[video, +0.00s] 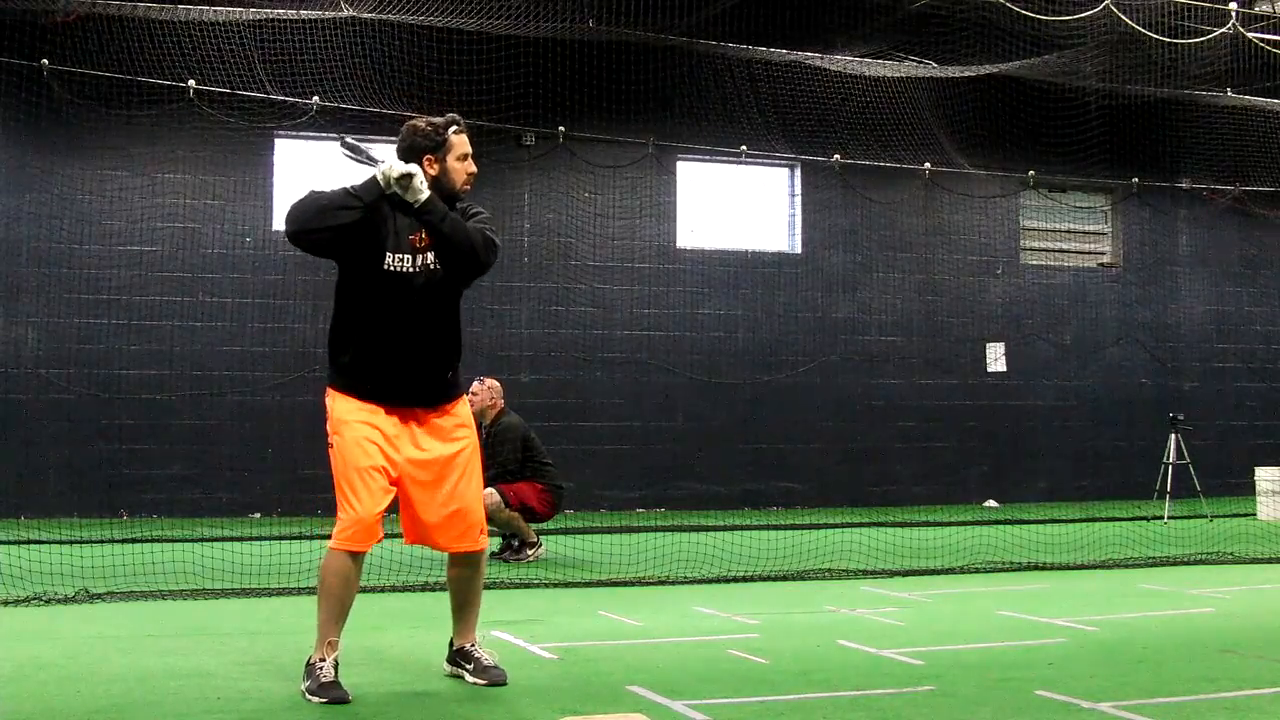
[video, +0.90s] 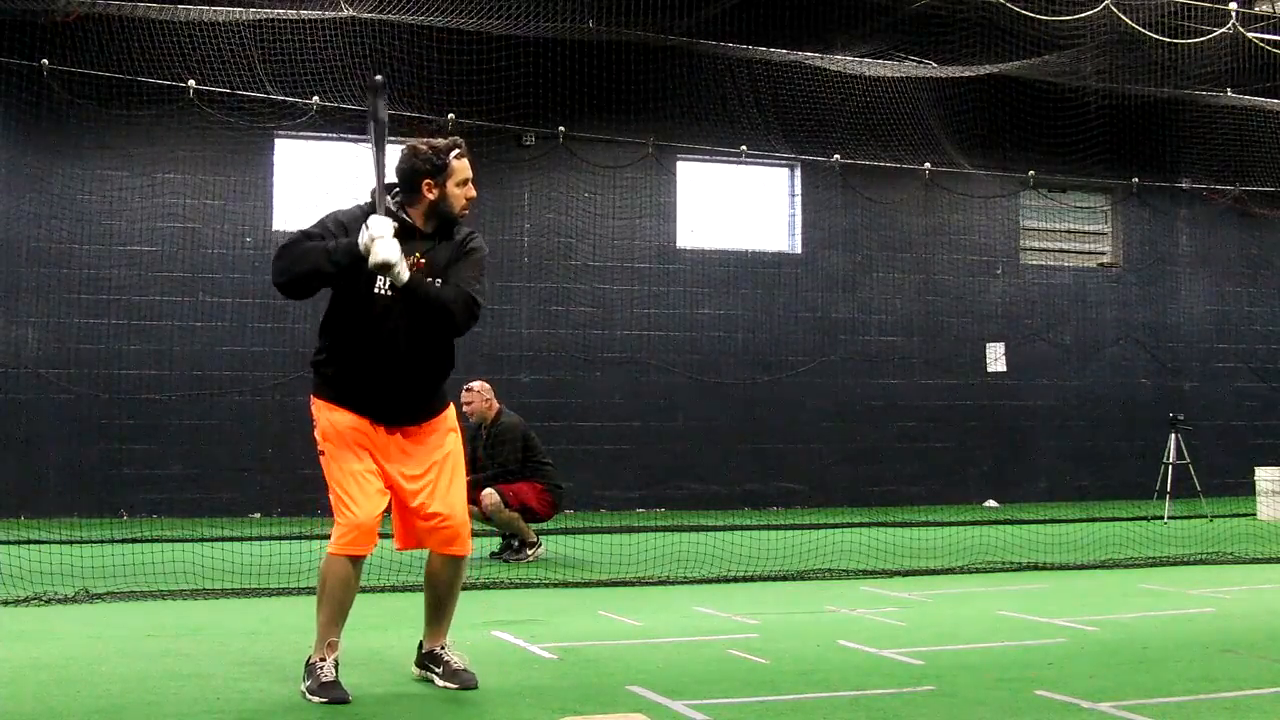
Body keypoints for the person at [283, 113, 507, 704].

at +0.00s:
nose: (472, 166)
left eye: (470, 157)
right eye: (463, 157)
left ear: (442, 164)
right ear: (429, 163)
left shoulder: (465, 224)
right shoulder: (366, 215)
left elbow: (476, 257)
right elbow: (298, 224)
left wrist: (425, 198)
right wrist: (375, 185)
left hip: (441, 405)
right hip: (362, 402)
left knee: (468, 531)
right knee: (358, 523)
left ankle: (464, 647)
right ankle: (324, 658)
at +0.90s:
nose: (472, 192)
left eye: (473, 182)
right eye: (464, 183)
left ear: (440, 187)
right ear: (429, 187)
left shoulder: (462, 244)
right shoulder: (360, 222)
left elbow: (460, 313)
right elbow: (287, 272)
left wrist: (406, 275)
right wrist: (358, 245)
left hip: (428, 416)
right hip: (349, 411)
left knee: (451, 532)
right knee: (358, 525)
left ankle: (434, 650)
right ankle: (323, 659)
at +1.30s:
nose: (486, 216)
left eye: (486, 205)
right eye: (476, 206)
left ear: (450, 208)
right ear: (439, 209)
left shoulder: (474, 264)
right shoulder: (376, 234)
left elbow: (442, 338)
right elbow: (285, 255)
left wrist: (354, 320)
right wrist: (322, 273)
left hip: (449, 409)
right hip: (365, 416)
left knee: (519, 494)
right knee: (356, 530)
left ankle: (511, 619)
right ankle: (325, 659)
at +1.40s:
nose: (494, 225)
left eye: (494, 213)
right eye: (484, 215)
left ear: (471, 215)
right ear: (446, 218)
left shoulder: (484, 275)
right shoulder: (386, 244)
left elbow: (430, 331)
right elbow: (292, 240)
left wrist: (346, 292)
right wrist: (328, 244)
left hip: (470, 418)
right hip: (385, 423)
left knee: (541, 515)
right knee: (366, 533)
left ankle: (548, 641)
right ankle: (324, 658)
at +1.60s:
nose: (512, 232)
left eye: (512, 222)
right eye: (503, 225)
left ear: (497, 218)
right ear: (468, 226)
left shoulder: (499, 249)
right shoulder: (430, 282)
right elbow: (453, 374)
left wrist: (552, 346)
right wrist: (519, 374)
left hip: (484, 420)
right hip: (434, 427)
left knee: (530, 523)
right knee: (450, 557)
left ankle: (558, 648)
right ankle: (324, 637)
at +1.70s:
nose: (520, 229)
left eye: (519, 221)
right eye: (513, 223)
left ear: (466, 217)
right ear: (484, 226)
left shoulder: (447, 232)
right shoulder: (454, 273)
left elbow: (536, 260)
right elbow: (541, 311)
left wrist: (601, 279)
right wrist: (613, 301)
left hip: (471, 408)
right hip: (437, 419)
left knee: (510, 532)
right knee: (450, 554)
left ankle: (555, 647)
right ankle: (321, 637)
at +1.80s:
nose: (534, 211)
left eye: (532, 201)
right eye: (529, 205)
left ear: (470, 206)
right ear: (509, 218)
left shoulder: (417, 231)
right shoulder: (517, 267)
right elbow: (545, 230)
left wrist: (513, 206)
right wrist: (544, 198)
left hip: (476, 413)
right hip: (445, 423)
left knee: (520, 524)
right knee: (444, 559)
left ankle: (560, 648)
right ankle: (309, 641)